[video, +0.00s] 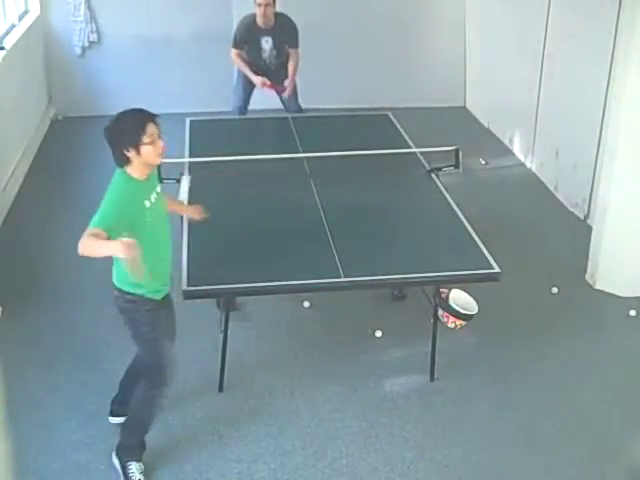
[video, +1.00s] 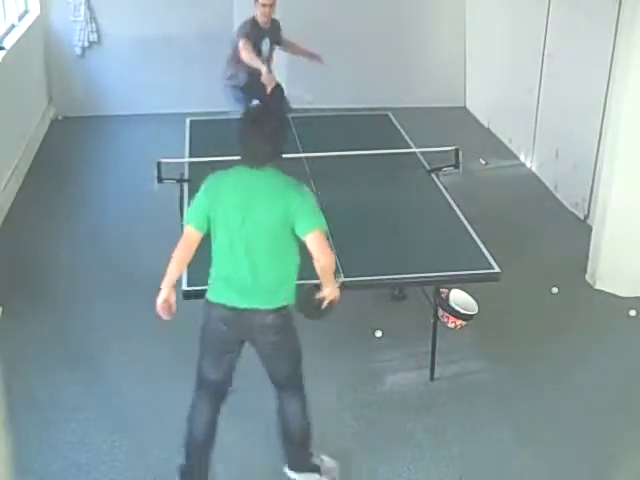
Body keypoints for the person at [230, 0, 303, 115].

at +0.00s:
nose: (263, 10)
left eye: (267, 5)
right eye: (259, 6)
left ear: (274, 7)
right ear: (255, 7)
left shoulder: (287, 24)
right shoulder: (246, 24)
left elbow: (293, 54)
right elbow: (235, 54)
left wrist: (291, 78)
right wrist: (254, 78)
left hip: (279, 71)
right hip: (251, 68)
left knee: (294, 109)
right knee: (238, 108)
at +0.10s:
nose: (263, 9)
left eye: (267, 4)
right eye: (259, 4)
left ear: (274, 5)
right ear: (255, 6)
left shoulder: (287, 22)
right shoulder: (245, 23)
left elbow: (296, 51)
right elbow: (235, 53)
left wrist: (297, 76)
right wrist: (253, 77)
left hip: (281, 70)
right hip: (252, 67)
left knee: (296, 108)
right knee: (239, 108)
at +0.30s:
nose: (276, 8)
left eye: (280, 4)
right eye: (272, 3)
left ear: (287, 5)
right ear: (267, 5)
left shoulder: (298, 20)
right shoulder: (256, 24)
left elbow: (312, 43)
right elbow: (242, 57)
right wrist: (257, 79)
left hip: (291, 71)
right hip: (261, 71)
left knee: (313, 110)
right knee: (246, 112)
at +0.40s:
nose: (288, 8)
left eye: (292, 4)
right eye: (284, 4)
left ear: (299, 6)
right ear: (280, 6)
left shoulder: (310, 23)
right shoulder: (268, 26)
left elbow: (324, 44)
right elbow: (253, 60)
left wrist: (341, 69)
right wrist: (268, 80)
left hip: (301, 75)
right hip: (272, 75)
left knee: (320, 112)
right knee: (253, 112)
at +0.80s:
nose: (275, 17)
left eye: (280, 12)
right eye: (272, 12)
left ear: (287, 11)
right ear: (267, 10)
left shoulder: (299, 26)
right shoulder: (258, 32)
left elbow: (322, 43)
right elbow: (235, 69)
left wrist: (344, 66)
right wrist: (261, 88)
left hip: (292, 83)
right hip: (262, 83)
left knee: (311, 118)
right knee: (253, 123)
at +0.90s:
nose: (272, 16)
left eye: (276, 11)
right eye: (268, 11)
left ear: (281, 11)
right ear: (261, 10)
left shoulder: (287, 28)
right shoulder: (251, 32)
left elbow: (303, 45)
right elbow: (232, 63)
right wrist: (257, 79)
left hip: (276, 79)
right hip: (251, 81)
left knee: (298, 116)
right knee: (250, 122)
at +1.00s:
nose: (267, 10)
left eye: (271, 6)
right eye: (263, 6)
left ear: (274, 8)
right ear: (256, 6)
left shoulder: (274, 26)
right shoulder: (247, 27)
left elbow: (283, 44)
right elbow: (245, 53)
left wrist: (307, 55)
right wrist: (264, 68)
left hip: (260, 81)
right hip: (235, 82)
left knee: (281, 109)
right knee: (243, 112)